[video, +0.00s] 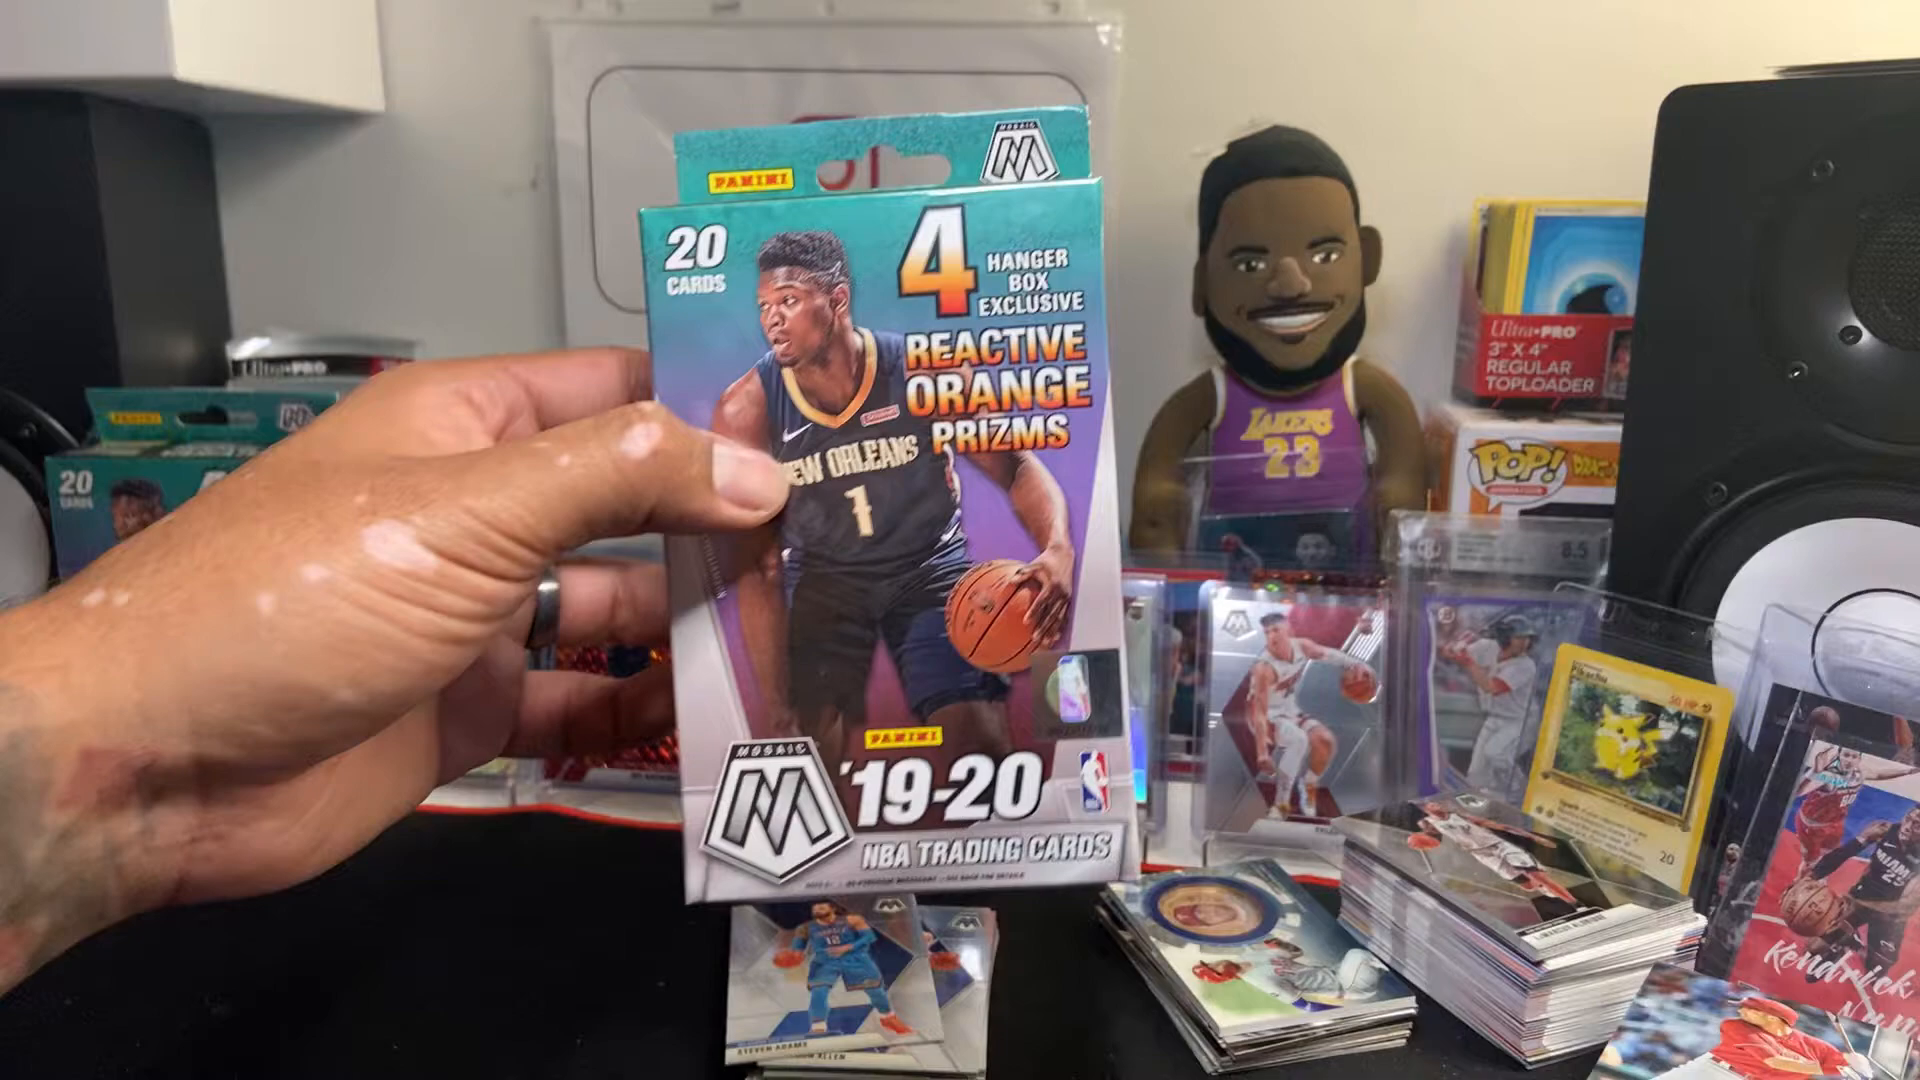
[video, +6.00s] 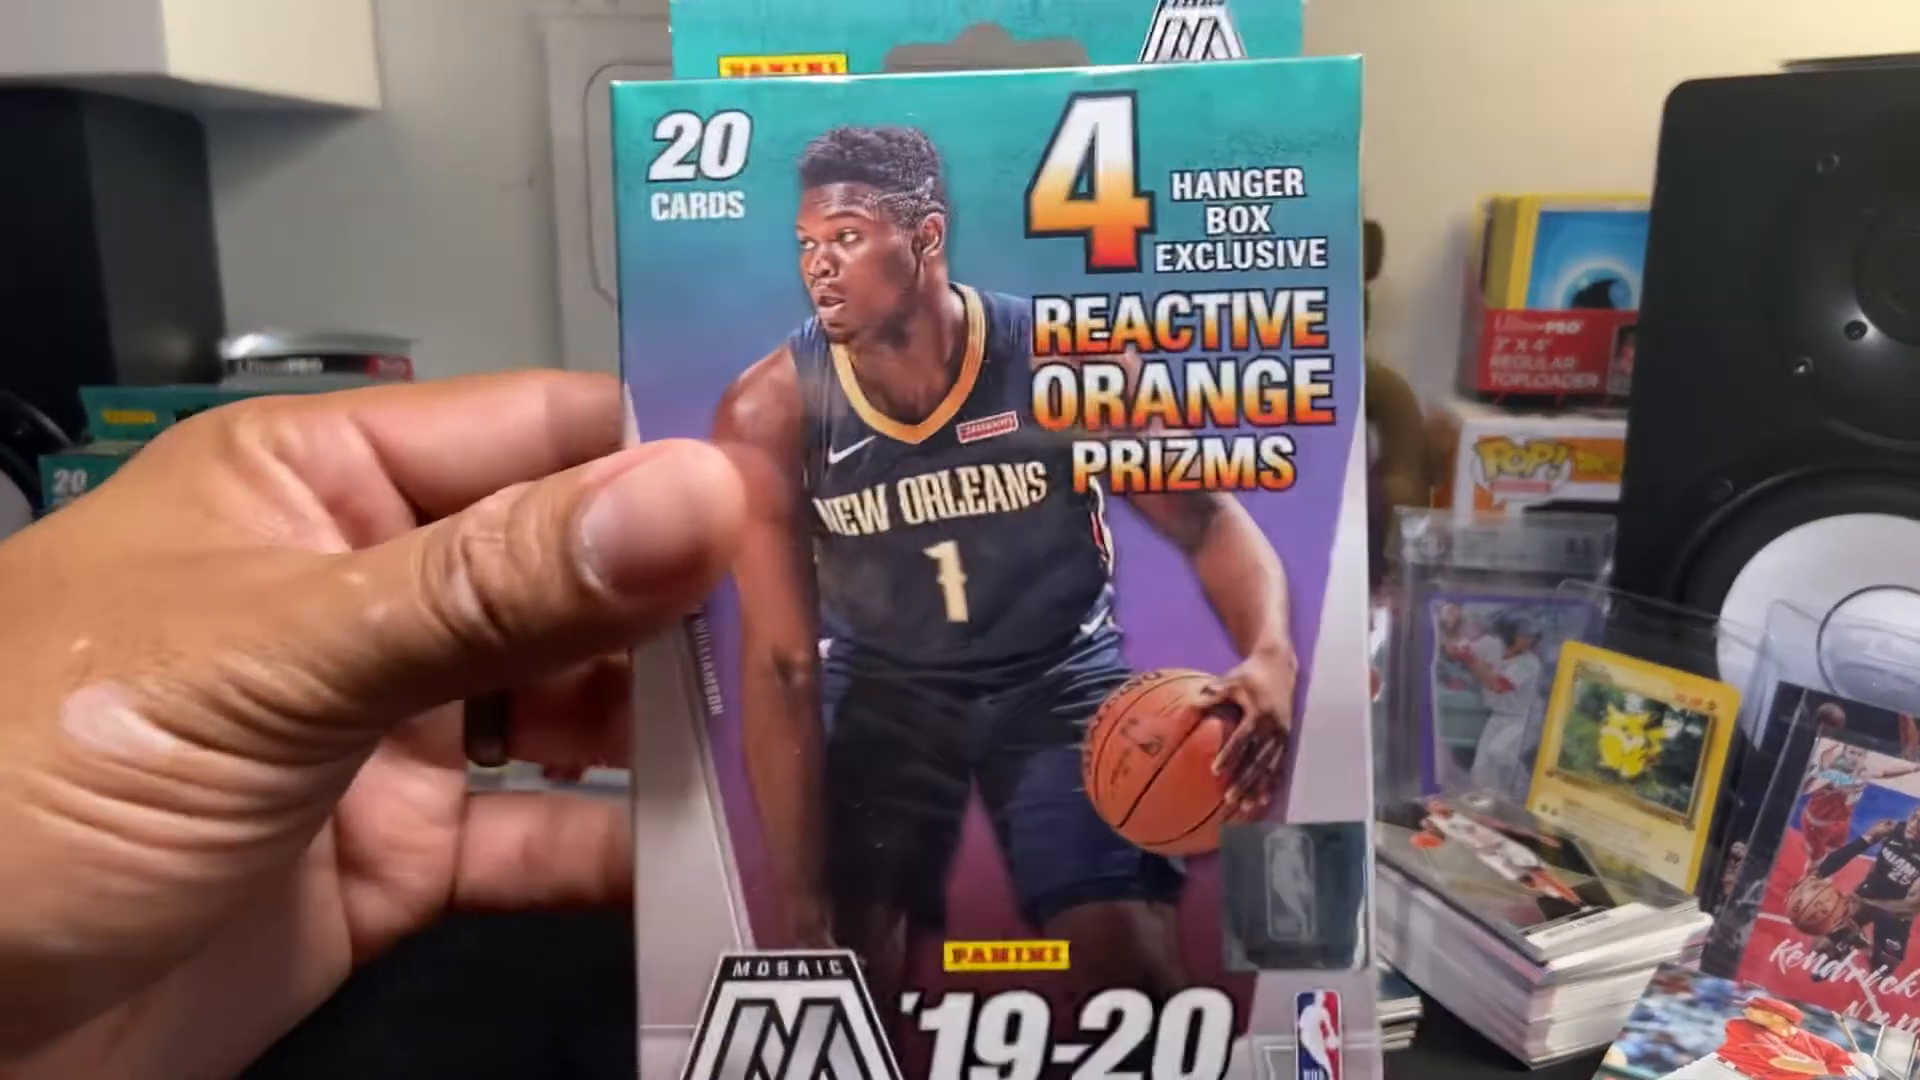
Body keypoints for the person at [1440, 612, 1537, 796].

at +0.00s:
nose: (1526, 643)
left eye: (1528, 639)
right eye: (1521, 638)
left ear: (1529, 641)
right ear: (1508, 639)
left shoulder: (1526, 666)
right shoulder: (1489, 648)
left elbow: (1493, 687)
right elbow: (1454, 653)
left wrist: (1469, 664)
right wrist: (1456, 648)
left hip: (1517, 724)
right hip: (1493, 721)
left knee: (1494, 753)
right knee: (1476, 771)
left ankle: (1519, 792)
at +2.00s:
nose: (1527, 641)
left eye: (1529, 636)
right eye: (1522, 636)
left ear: (1532, 638)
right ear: (1509, 636)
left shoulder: (1528, 663)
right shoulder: (1490, 645)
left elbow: (1496, 684)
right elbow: (1460, 651)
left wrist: (1470, 661)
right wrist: (1447, 648)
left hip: (1519, 722)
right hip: (1495, 718)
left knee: (1496, 751)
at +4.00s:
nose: (1527, 640)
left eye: (1529, 636)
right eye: (1522, 635)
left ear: (1532, 638)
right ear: (1509, 635)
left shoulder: (1528, 663)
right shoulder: (1490, 646)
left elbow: (1495, 684)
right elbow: (1457, 649)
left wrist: (1470, 660)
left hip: (1517, 722)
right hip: (1495, 717)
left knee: (1495, 751)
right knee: (1482, 753)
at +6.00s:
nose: (1529, 641)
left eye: (1532, 637)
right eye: (1525, 636)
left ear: (1535, 639)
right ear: (1514, 636)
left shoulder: (1530, 663)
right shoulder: (1495, 649)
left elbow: (1499, 685)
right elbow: (1462, 651)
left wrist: (1476, 664)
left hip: (1520, 722)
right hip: (1497, 718)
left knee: (1497, 751)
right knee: (1481, 766)